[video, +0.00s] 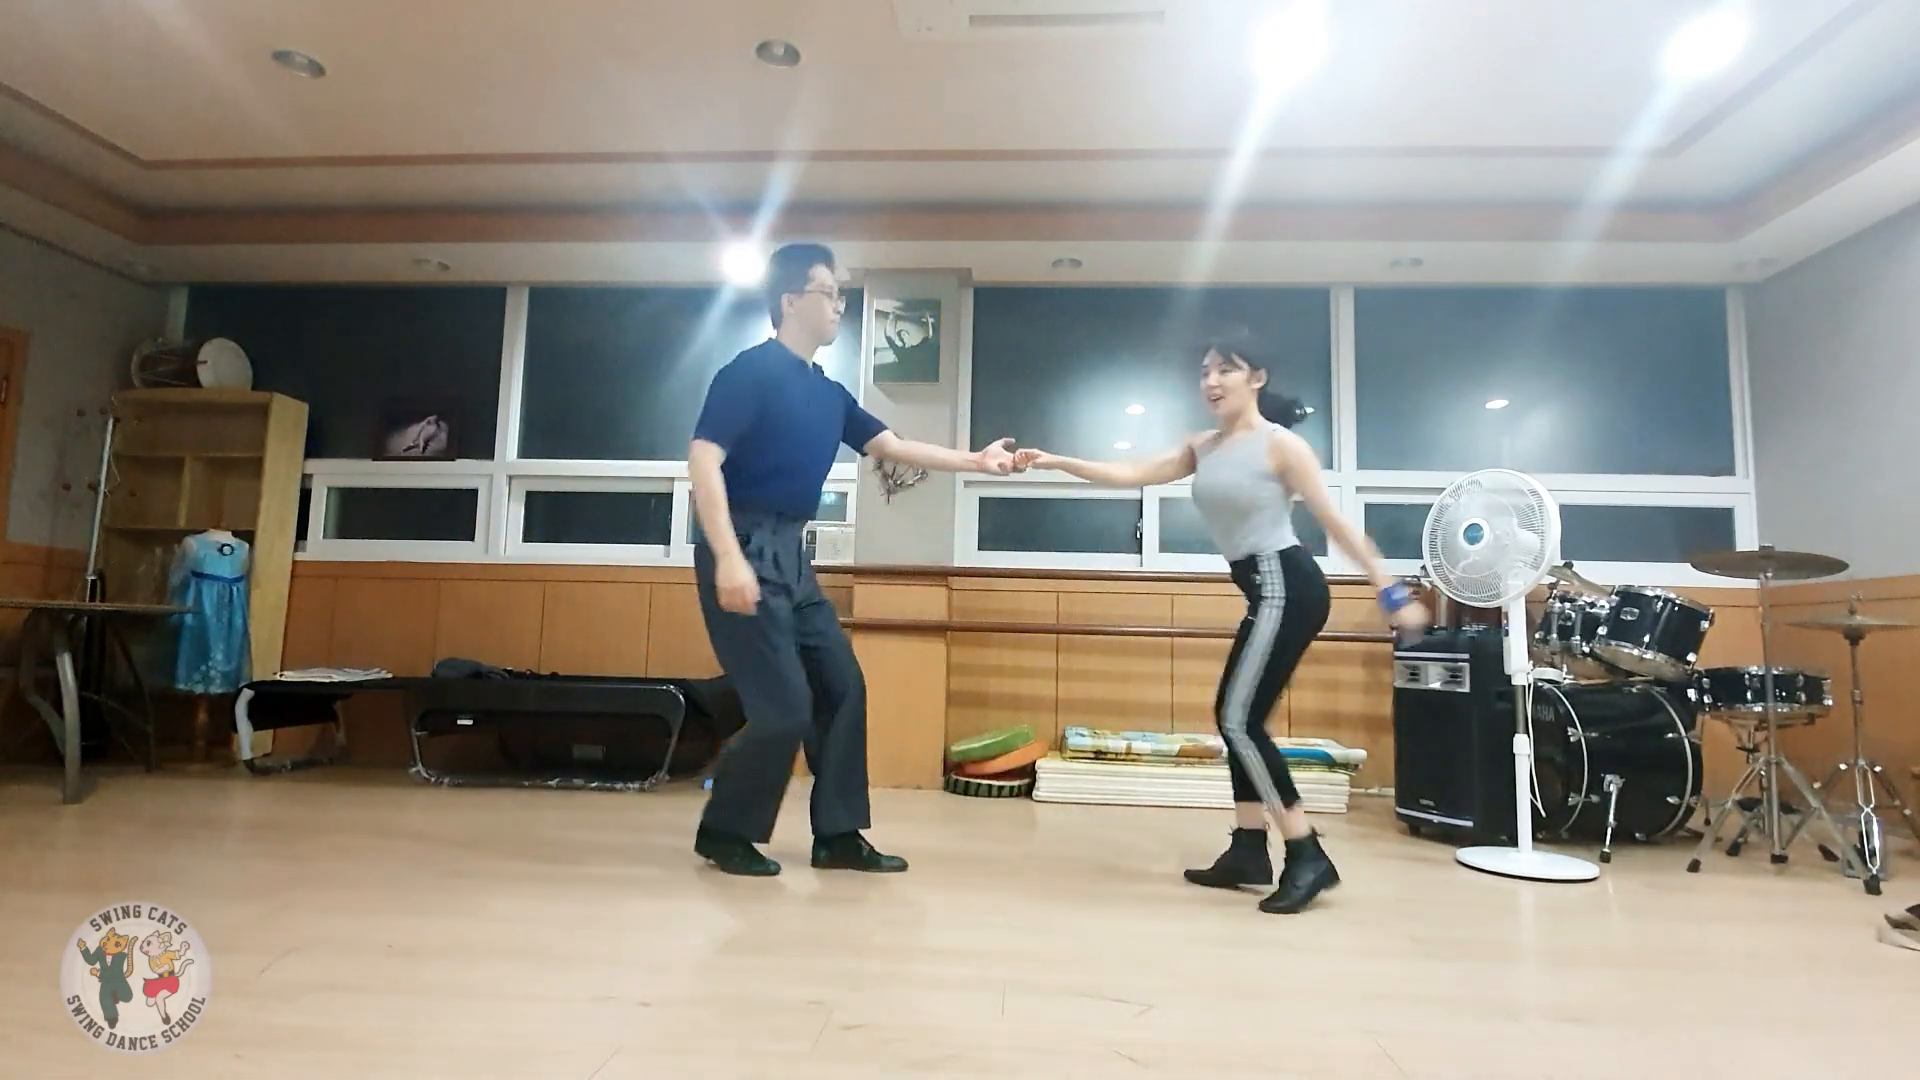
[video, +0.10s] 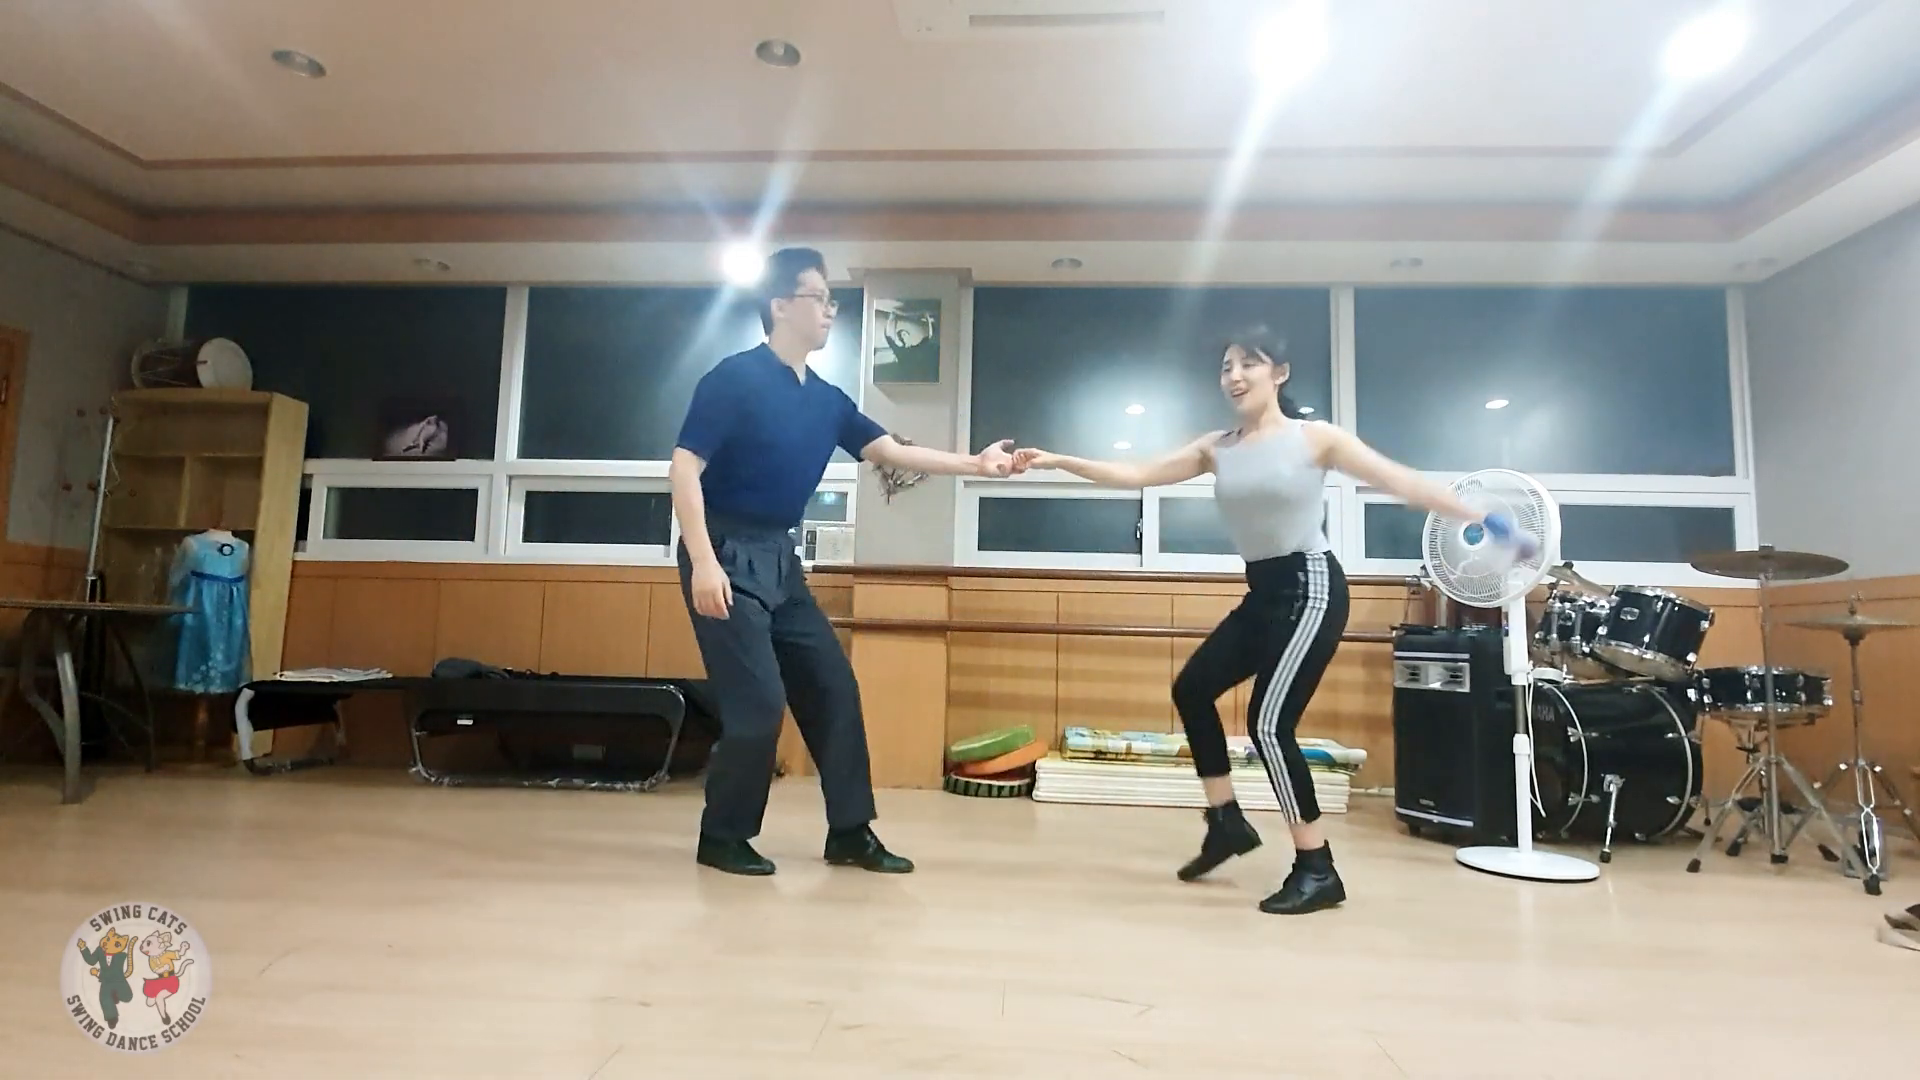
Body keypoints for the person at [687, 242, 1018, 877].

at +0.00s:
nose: (839, 307)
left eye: (839, 296)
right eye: (828, 294)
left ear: (811, 305)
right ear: (789, 301)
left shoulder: (829, 392)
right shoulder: (748, 373)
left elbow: (891, 446)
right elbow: (703, 462)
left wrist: (977, 461)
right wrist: (728, 557)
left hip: (789, 551)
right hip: (737, 548)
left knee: (841, 686)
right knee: (783, 705)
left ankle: (838, 836)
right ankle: (723, 831)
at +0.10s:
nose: (830, 311)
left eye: (830, 300)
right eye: (817, 299)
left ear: (816, 310)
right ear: (777, 307)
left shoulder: (826, 398)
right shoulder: (733, 379)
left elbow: (894, 452)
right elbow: (683, 471)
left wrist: (976, 464)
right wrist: (702, 561)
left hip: (779, 558)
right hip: (723, 553)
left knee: (831, 684)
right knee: (758, 700)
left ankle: (849, 832)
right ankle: (722, 838)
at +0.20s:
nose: (822, 310)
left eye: (824, 300)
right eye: (808, 298)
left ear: (818, 311)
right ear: (771, 306)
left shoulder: (822, 396)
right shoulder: (724, 375)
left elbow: (887, 445)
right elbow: (669, 463)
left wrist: (974, 455)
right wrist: (695, 553)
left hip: (771, 553)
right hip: (714, 549)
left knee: (824, 675)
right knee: (751, 692)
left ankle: (830, 828)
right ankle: (722, 837)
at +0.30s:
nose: (816, 317)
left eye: (818, 307)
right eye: (803, 305)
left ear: (813, 317)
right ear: (765, 313)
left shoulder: (820, 401)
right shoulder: (716, 381)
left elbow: (891, 449)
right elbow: (660, 467)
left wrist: (973, 457)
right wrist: (694, 544)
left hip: (773, 553)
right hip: (712, 551)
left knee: (822, 676)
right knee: (756, 685)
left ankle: (809, 831)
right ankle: (727, 830)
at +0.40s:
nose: (814, 329)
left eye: (815, 319)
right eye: (800, 317)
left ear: (809, 330)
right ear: (762, 323)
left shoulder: (820, 413)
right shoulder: (711, 393)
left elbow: (888, 461)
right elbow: (656, 474)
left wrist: (972, 471)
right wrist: (693, 540)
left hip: (766, 562)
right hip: (704, 562)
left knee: (821, 680)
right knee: (754, 684)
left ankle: (807, 831)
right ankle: (739, 834)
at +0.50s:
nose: (812, 335)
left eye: (813, 325)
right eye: (798, 323)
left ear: (803, 336)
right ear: (759, 330)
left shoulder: (813, 420)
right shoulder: (707, 397)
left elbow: (883, 467)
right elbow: (650, 480)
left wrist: (966, 479)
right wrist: (690, 542)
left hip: (750, 564)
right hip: (686, 561)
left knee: (803, 678)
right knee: (746, 685)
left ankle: (808, 832)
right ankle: (745, 844)